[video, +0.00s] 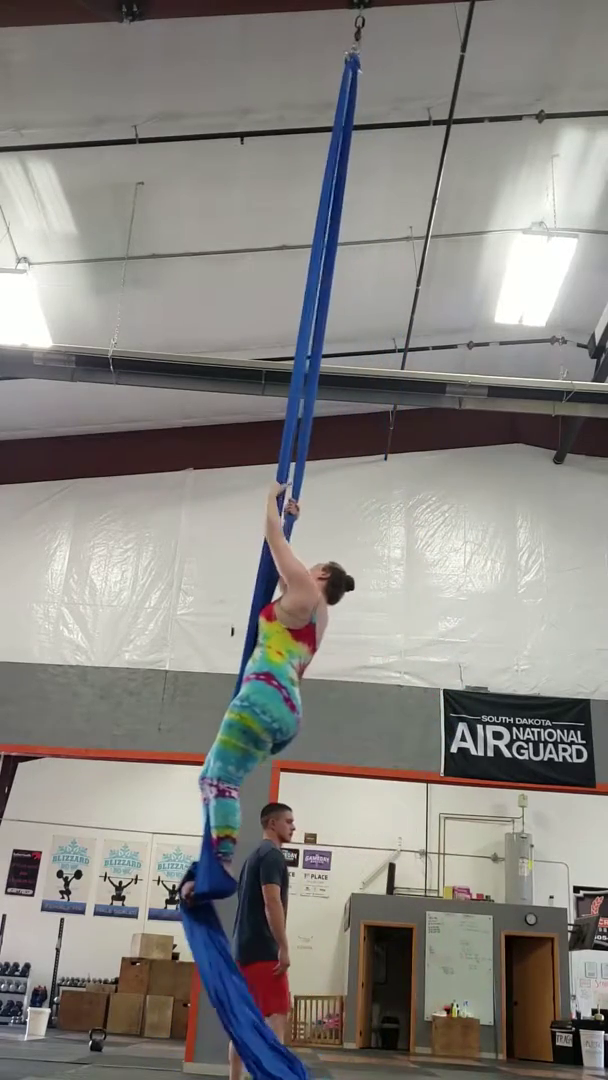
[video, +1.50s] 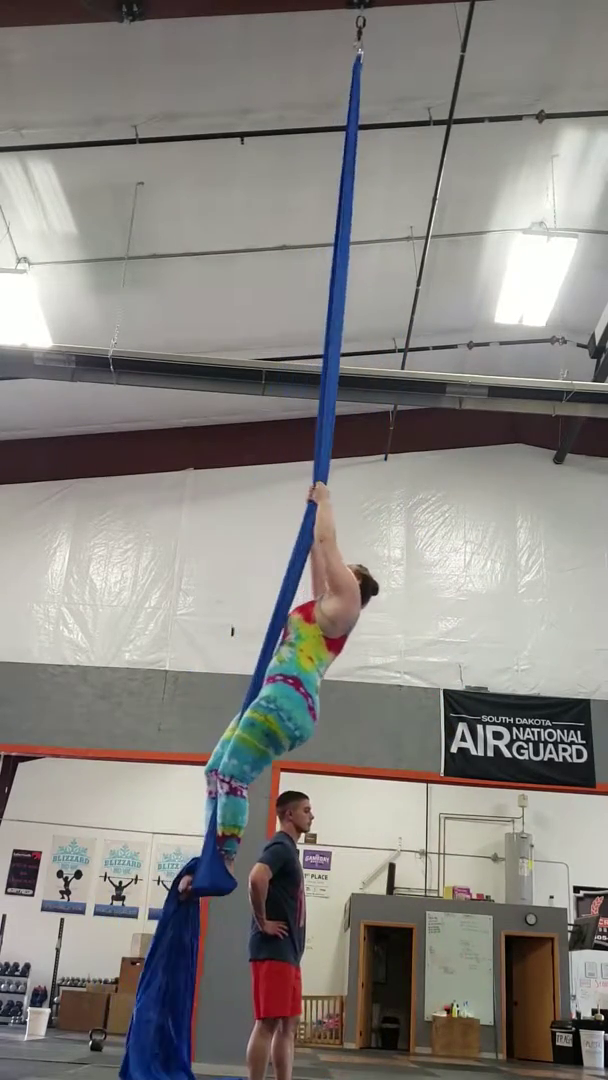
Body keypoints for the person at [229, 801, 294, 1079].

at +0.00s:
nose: (293, 827)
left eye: (293, 822)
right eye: (289, 822)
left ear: (270, 825)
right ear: (272, 823)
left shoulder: (253, 857)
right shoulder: (271, 854)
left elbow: (246, 905)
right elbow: (271, 901)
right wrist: (283, 946)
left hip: (245, 949)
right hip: (263, 950)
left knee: (243, 1018)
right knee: (279, 1013)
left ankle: (236, 1074)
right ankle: (272, 1072)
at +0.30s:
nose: (292, 822)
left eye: (291, 817)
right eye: (287, 817)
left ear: (270, 822)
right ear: (270, 820)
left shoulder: (261, 851)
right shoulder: (269, 854)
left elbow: (264, 908)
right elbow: (271, 905)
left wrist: (280, 953)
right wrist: (287, 950)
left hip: (251, 949)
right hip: (261, 950)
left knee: (246, 1021)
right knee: (262, 1024)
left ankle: (231, 1073)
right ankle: (252, 1076)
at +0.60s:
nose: (299, 818)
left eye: (298, 813)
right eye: (294, 812)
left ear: (280, 816)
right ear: (277, 815)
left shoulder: (278, 853)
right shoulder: (268, 851)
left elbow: (279, 911)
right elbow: (265, 904)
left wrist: (304, 940)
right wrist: (284, 949)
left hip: (272, 950)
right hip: (263, 950)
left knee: (273, 1020)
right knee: (265, 1020)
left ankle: (254, 1073)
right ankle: (255, 1075)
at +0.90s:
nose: (306, 817)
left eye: (306, 812)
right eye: (301, 811)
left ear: (287, 816)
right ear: (282, 814)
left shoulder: (285, 849)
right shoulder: (273, 846)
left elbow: (279, 897)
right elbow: (250, 883)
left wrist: (292, 936)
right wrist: (257, 934)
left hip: (286, 948)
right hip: (270, 948)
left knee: (289, 1022)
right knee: (268, 1022)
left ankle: (284, 1076)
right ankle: (257, 1076)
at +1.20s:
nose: (310, 816)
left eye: (309, 811)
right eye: (305, 811)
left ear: (290, 815)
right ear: (287, 814)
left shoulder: (288, 849)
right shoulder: (278, 847)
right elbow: (252, 877)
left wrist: (289, 922)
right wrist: (259, 920)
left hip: (288, 948)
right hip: (272, 947)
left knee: (288, 1023)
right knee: (266, 1022)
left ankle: (283, 1077)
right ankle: (255, 1076)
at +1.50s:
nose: (311, 816)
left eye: (310, 811)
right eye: (306, 811)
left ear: (291, 815)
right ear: (288, 814)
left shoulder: (289, 848)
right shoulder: (281, 846)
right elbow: (258, 877)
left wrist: (290, 924)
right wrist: (263, 922)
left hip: (288, 948)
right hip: (273, 947)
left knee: (288, 1024)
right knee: (268, 1023)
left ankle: (283, 1076)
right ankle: (256, 1076)